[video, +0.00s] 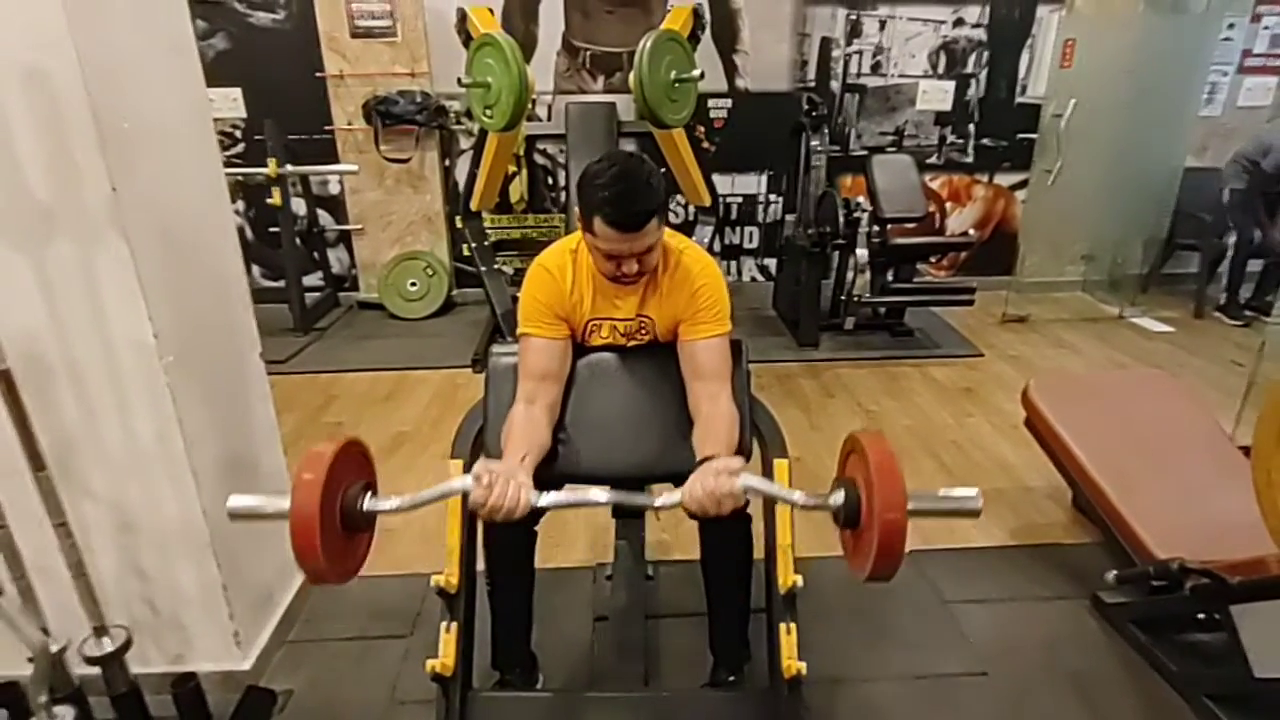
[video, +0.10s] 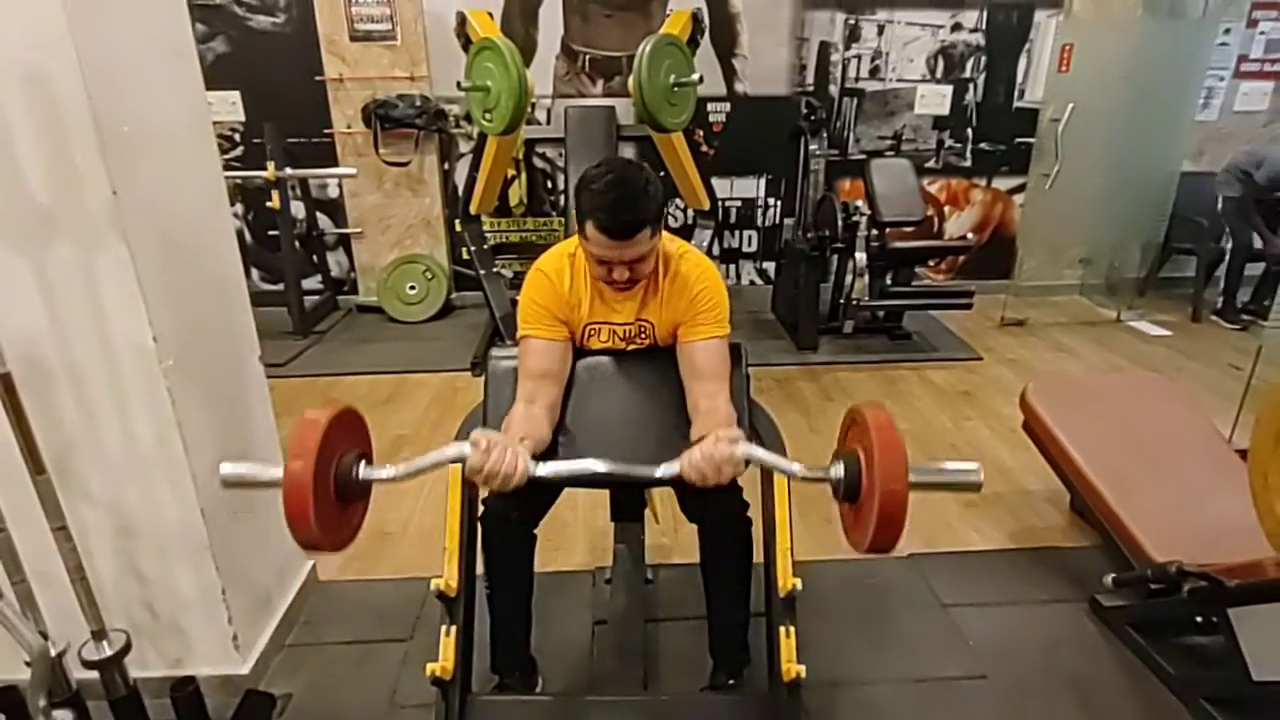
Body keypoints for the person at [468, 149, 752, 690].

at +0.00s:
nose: (629, 268)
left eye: (643, 252)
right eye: (612, 255)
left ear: (662, 223)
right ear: (585, 229)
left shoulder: (696, 274)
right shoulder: (551, 274)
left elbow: (711, 383)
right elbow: (535, 394)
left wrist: (716, 460)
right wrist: (513, 468)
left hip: (670, 424)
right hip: (573, 426)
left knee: (724, 489)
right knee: (502, 489)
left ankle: (730, 669)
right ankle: (513, 670)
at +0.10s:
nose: (619, 275)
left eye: (635, 260)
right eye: (604, 261)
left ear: (658, 232)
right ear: (582, 233)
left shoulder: (696, 278)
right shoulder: (550, 277)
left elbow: (710, 390)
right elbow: (535, 396)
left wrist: (716, 444)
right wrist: (511, 445)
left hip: (667, 416)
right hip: (575, 413)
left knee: (724, 506)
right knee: (504, 512)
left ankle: (730, 673)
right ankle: (513, 676)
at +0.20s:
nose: (619, 276)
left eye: (635, 261)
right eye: (603, 262)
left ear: (658, 233)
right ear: (580, 235)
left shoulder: (696, 279)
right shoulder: (550, 278)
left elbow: (712, 398)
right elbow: (535, 398)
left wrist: (715, 441)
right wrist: (512, 441)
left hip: (666, 414)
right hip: (576, 412)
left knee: (723, 507)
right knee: (504, 514)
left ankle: (729, 674)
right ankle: (513, 677)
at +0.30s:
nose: (615, 278)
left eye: (630, 265)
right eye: (599, 264)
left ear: (656, 236)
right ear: (578, 236)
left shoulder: (697, 279)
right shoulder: (550, 281)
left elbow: (712, 391)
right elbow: (538, 410)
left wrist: (715, 410)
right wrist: (513, 418)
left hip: (669, 423)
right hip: (575, 423)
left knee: (725, 514)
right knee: (504, 517)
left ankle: (731, 674)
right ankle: (514, 678)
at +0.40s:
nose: (614, 278)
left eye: (630, 265)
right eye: (598, 265)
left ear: (655, 236)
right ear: (578, 236)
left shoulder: (696, 279)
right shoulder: (550, 281)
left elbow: (712, 397)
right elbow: (539, 426)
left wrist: (715, 408)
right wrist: (514, 417)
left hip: (669, 424)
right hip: (575, 423)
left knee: (726, 515)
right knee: (504, 517)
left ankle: (731, 674)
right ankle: (515, 678)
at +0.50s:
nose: (614, 280)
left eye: (629, 266)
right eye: (598, 266)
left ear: (654, 236)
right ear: (578, 237)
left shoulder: (697, 279)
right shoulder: (550, 281)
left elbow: (710, 429)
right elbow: (539, 433)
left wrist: (712, 390)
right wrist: (517, 387)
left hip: (669, 422)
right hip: (576, 421)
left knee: (726, 518)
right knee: (504, 517)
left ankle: (731, 675)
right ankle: (515, 679)